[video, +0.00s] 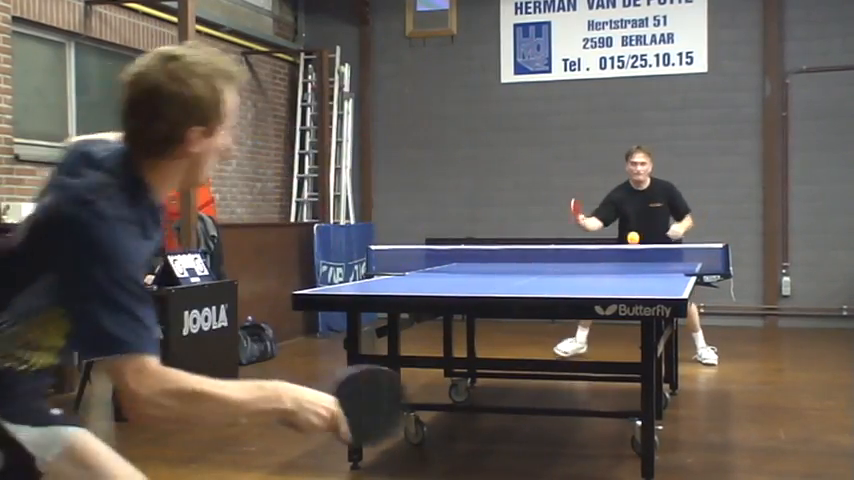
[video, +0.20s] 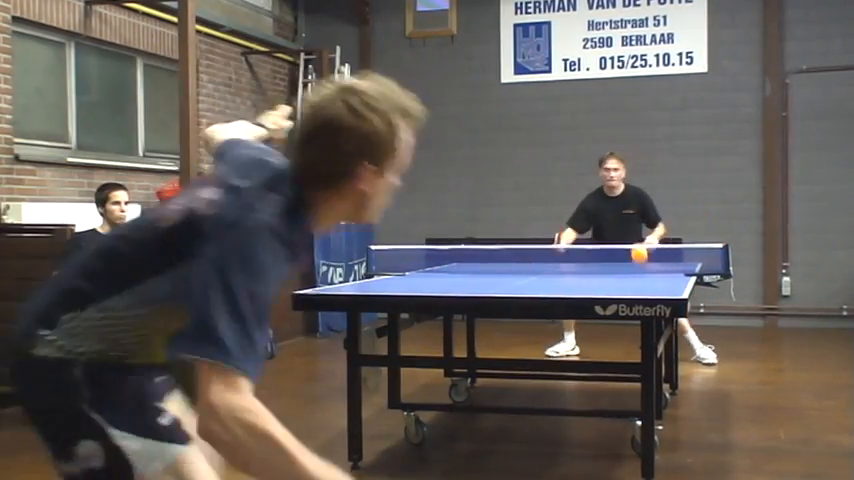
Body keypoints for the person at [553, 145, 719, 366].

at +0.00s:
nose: (638, 168)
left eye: (643, 164)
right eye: (633, 164)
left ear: (651, 167)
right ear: (626, 167)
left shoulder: (666, 190)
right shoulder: (619, 194)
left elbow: (688, 219)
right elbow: (597, 222)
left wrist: (680, 227)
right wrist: (583, 220)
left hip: (664, 262)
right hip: (626, 263)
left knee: (684, 299)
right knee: (591, 290)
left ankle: (701, 347)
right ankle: (580, 340)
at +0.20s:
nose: (611, 174)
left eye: (616, 170)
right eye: (606, 170)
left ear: (624, 173)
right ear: (599, 173)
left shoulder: (637, 196)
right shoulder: (592, 200)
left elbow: (660, 227)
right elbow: (573, 228)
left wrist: (651, 239)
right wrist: (562, 242)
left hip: (636, 266)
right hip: (600, 267)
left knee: (668, 298)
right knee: (563, 289)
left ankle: (698, 347)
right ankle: (569, 341)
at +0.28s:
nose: (601, 173)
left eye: (605, 168)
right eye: (596, 169)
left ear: (614, 171)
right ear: (590, 173)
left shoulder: (628, 195)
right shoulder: (582, 200)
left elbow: (648, 226)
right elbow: (564, 229)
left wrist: (642, 240)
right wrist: (556, 245)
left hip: (626, 264)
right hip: (590, 265)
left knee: (658, 294)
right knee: (555, 287)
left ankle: (687, 344)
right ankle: (568, 340)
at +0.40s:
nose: (592, 169)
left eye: (596, 164)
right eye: (587, 165)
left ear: (605, 167)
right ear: (581, 168)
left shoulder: (620, 191)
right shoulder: (574, 195)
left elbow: (641, 220)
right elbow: (559, 228)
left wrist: (635, 239)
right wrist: (553, 247)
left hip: (616, 260)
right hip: (583, 262)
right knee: (554, 288)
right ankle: (568, 340)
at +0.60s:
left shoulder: (614, 192)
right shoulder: (570, 196)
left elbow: (638, 216)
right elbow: (559, 225)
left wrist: (622, 243)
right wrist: (555, 246)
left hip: (612, 258)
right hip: (580, 260)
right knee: (552, 283)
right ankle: (562, 339)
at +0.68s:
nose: (575, 177)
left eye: (579, 171)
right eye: (572, 173)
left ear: (587, 171)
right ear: (568, 176)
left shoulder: (604, 193)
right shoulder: (567, 200)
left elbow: (627, 226)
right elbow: (560, 232)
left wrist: (599, 247)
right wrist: (548, 247)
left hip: (608, 261)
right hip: (576, 263)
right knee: (541, 273)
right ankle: (555, 333)